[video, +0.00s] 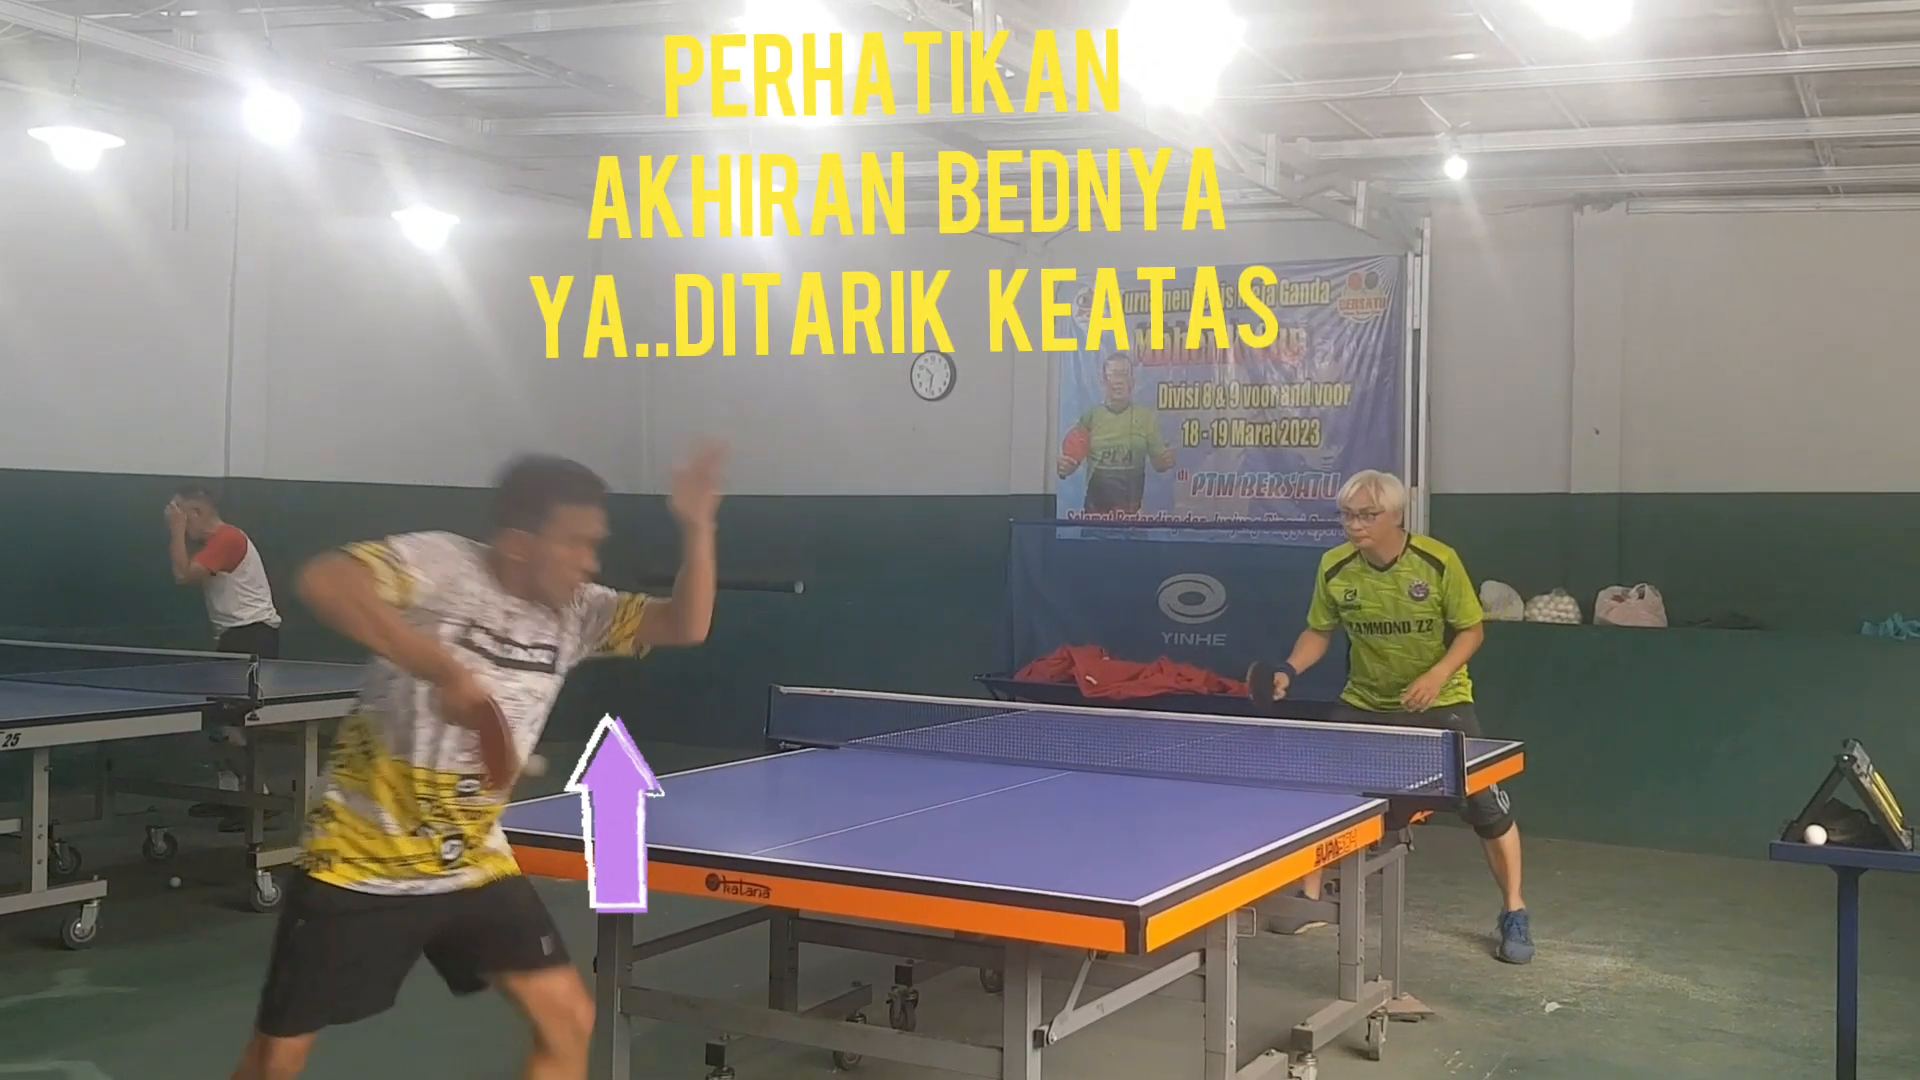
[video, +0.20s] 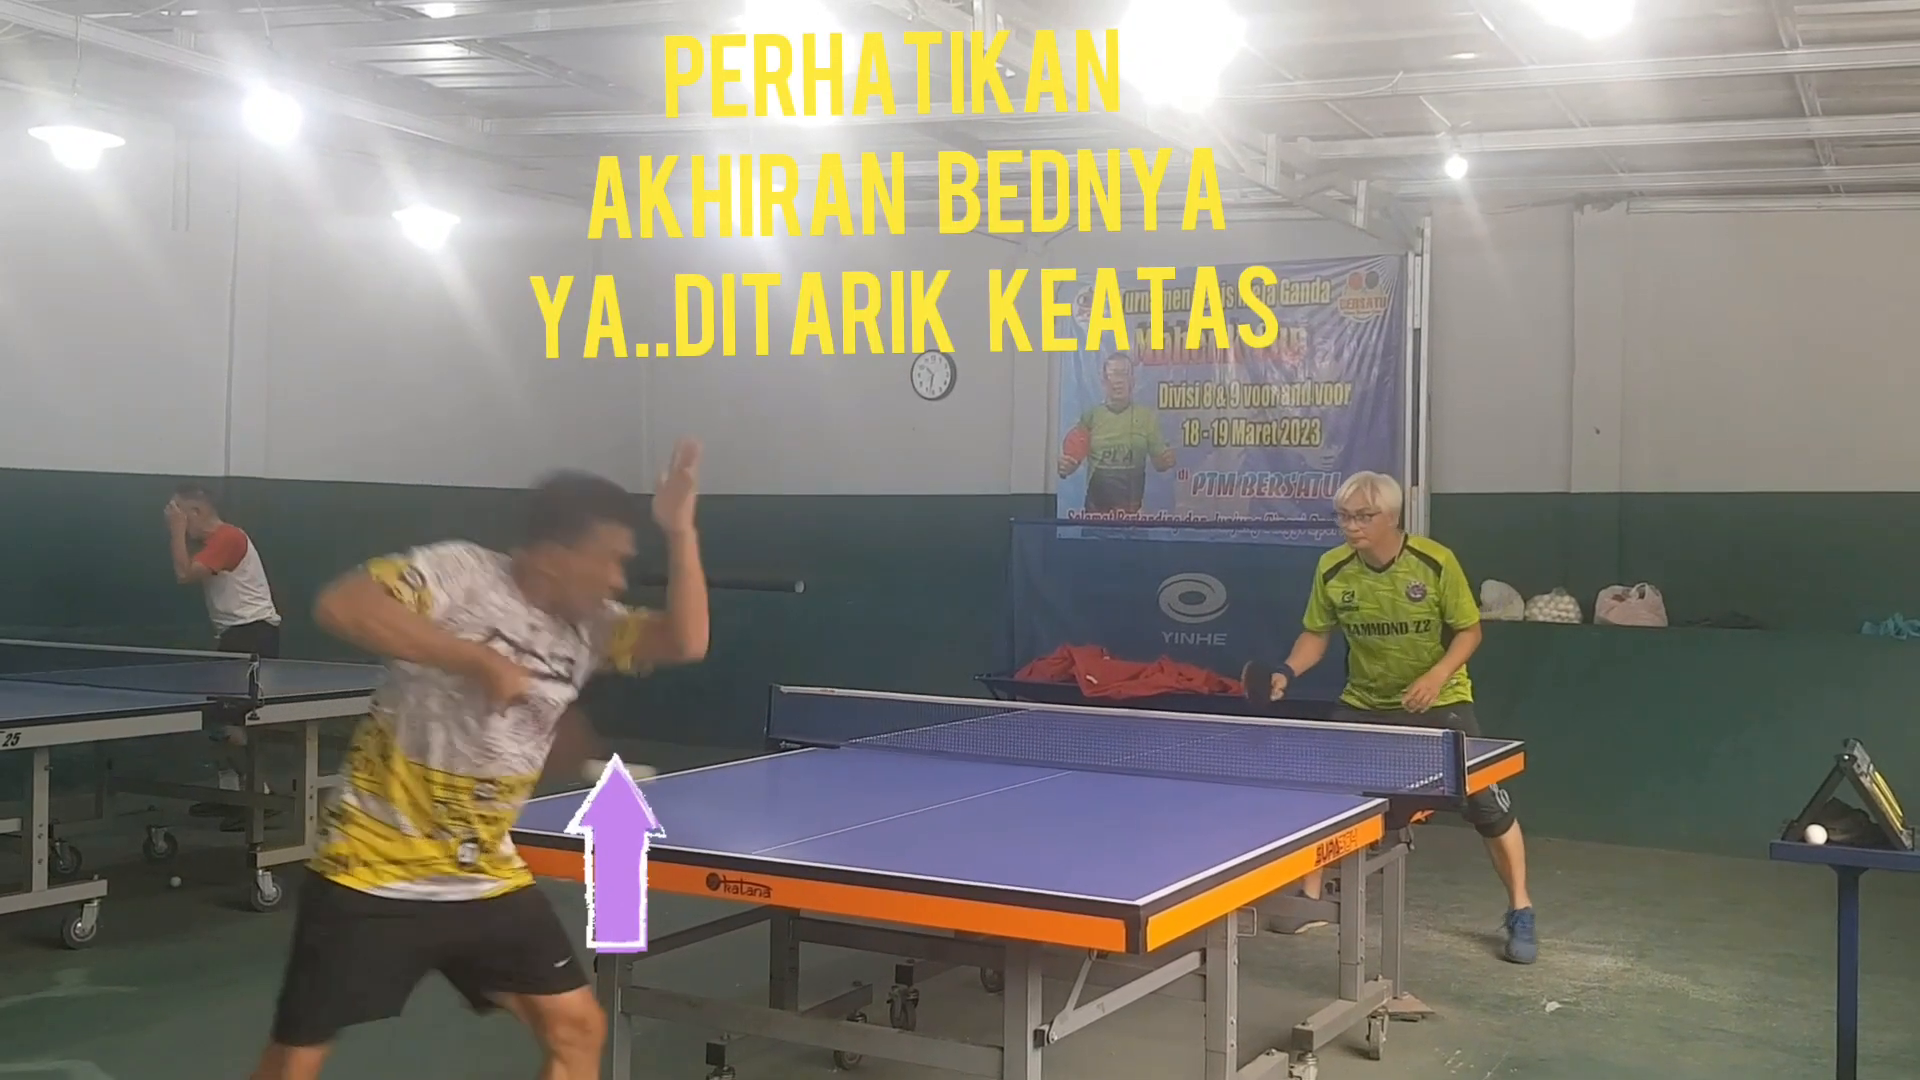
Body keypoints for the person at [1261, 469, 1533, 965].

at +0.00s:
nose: (1352, 525)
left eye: (1364, 515)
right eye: (1346, 516)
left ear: (1395, 517)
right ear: (1343, 518)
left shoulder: (1439, 561)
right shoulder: (1334, 568)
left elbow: (1471, 630)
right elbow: (1318, 631)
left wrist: (1437, 675)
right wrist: (1289, 669)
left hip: (1441, 702)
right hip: (1363, 701)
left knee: (1485, 802)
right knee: (1315, 782)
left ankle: (1514, 910)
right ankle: (1310, 895)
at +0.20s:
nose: (1349, 526)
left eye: (1360, 517)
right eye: (1343, 517)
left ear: (1391, 518)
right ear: (1340, 519)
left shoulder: (1436, 562)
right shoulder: (1332, 569)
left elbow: (1469, 630)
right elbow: (1314, 635)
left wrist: (1436, 675)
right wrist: (1287, 671)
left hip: (1440, 702)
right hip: (1362, 703)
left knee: (1485, 799)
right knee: (1315, 782)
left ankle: (1521, 909)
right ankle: (1310, 896)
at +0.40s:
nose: (1347, 528)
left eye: (1359, 518)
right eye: (1342, 518)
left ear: (1389, 518)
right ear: (1338, 520)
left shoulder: (1435, 563)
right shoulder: (1331, 570)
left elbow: (1470, 631)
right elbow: (1316, 636)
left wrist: (1438, 676)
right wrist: (1287, 672)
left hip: (1440, 704)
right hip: (1362, 705)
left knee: (1485, 800)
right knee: (1317, 786)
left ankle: (1528, 908)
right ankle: (1311, 896)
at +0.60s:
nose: (1347, 528)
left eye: (1358, 519)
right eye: (1342, 519)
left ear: (1387, 520)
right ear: (1338, 523)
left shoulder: (1434, 564)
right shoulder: (1332, 573)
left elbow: (1473, 632)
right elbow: (1320, 641)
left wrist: (1442, 675)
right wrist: (1290, 674)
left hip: (1443, 708)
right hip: (1368, 710)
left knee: (1490, 802)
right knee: (1315, 783)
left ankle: (1544, 913)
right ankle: (1313, 895)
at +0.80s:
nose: (1348, 529)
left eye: (1359, 520)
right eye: (1343, 520)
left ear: (1389, 521)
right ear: (1340, 525)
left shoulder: (1436, 564)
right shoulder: (1336, 574)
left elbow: (1477, 633)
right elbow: (1324, 643)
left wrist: (1445, 675)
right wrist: (1294, 674)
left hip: (1447, 709)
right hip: (1371, 711)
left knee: (1496, 805)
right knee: (1317, 782)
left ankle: (1552, 918)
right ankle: (1312, 894)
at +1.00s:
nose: (1352, 530)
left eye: (1362, 521)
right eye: (1346, 521)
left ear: (1392, 521)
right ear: (1343, 526)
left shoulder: (1440, 564)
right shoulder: (1340, 575)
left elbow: (1481, 633)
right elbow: (1330, 646)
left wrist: (1449, 675)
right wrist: (1298, 673)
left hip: (1451, 710)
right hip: (1375, 712)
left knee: (1501, 806)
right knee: (1319, 783)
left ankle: (1556, 918)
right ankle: (1313, 895)